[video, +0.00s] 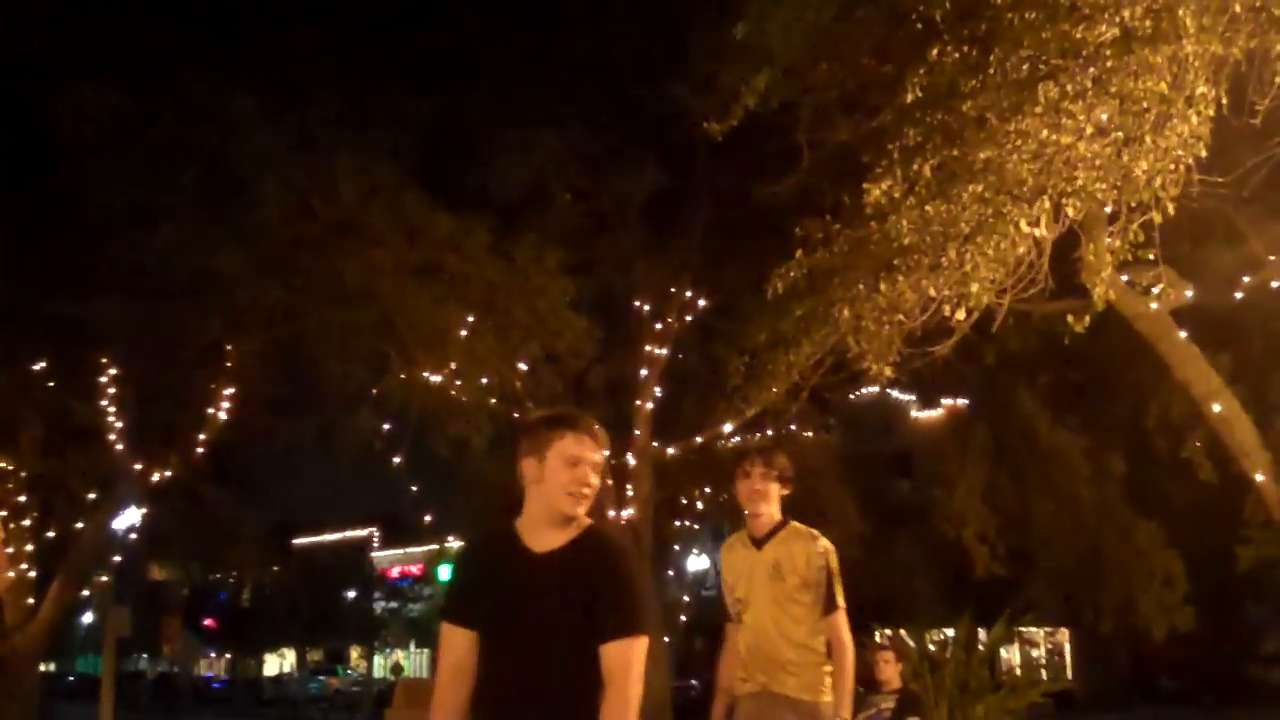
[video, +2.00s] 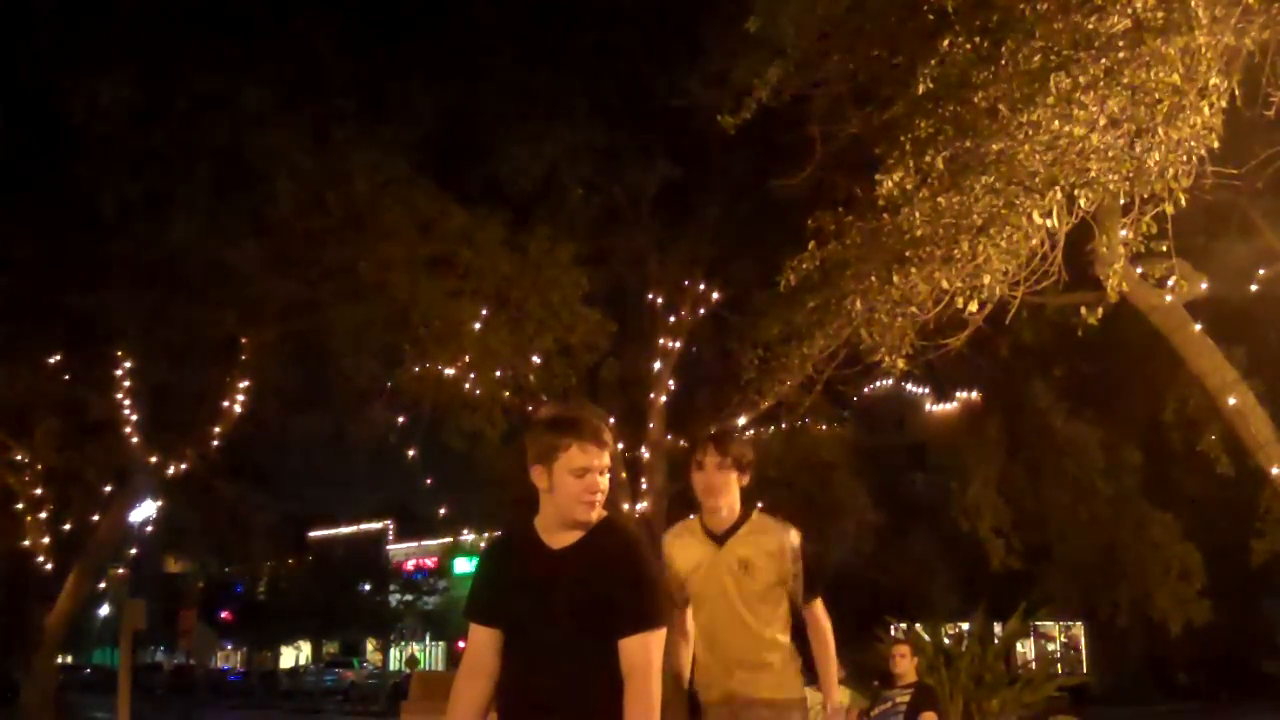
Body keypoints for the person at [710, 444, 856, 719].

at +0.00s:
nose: (755, 485)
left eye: (766, 476)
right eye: (746, 476)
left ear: (784, 487)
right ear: (734, 488)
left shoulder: (814, 547)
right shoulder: (729, 552)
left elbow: (840, 637)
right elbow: (733, 635)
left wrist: (843, 712)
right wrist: (718, 710)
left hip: (808, 700)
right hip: (750, 700)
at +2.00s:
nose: (709, 479)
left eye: (721, 467)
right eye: (700, 467)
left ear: (743, 476)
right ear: (691, 475)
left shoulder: (781, 539)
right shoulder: (675, 543)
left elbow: (815, 616)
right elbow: (680, 627)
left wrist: (832, 700)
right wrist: (676, 695)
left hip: (778, 698)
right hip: (713, 700)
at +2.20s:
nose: (698, 506)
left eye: (710, 494)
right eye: (689, 494)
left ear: (735, 504)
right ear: (679, 502)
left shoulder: (774, 576)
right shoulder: (664, 574)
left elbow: (813, 664)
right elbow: (652, 661)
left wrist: (820, 713)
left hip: (759, 711)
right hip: (689, 711)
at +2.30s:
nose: (685, 456)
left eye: (695, 443)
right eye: (677, 444)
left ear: (722, 451)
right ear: (668, 453)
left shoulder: (760, 516)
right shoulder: (653, 521)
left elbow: (805, 618)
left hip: (743, 700)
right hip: (673, 700)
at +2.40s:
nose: (666, 412)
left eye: (679, 398)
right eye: (658, 399)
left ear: (707, 404)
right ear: (649, 405)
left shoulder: (746, 465)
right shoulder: (637, 467)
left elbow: (785, 553)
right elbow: (622, 549)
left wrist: (728, 541)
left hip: (722, 639)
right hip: (654, 638)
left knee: (727, 714)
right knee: (650, 715)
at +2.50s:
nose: (647, 396)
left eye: (660, 382)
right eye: (637, 384)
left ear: (690, 386)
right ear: (629, 389)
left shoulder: (726, 445)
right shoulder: (618, 445)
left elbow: (730, 509)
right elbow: (594, 509)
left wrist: (658, 509)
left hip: (715, 625)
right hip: (642, 623)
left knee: (715, 713)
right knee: (639, 715)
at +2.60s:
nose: (622, 418)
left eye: (636, 404)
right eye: (614, 405)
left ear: (668, 405)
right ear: (605, 407)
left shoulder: (705, 462)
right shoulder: (594, 463)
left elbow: (717, 531)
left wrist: (639, 511)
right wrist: (538, 518)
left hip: (697, 631)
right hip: (620, 632)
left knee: (704, 713)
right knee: (627, 715)